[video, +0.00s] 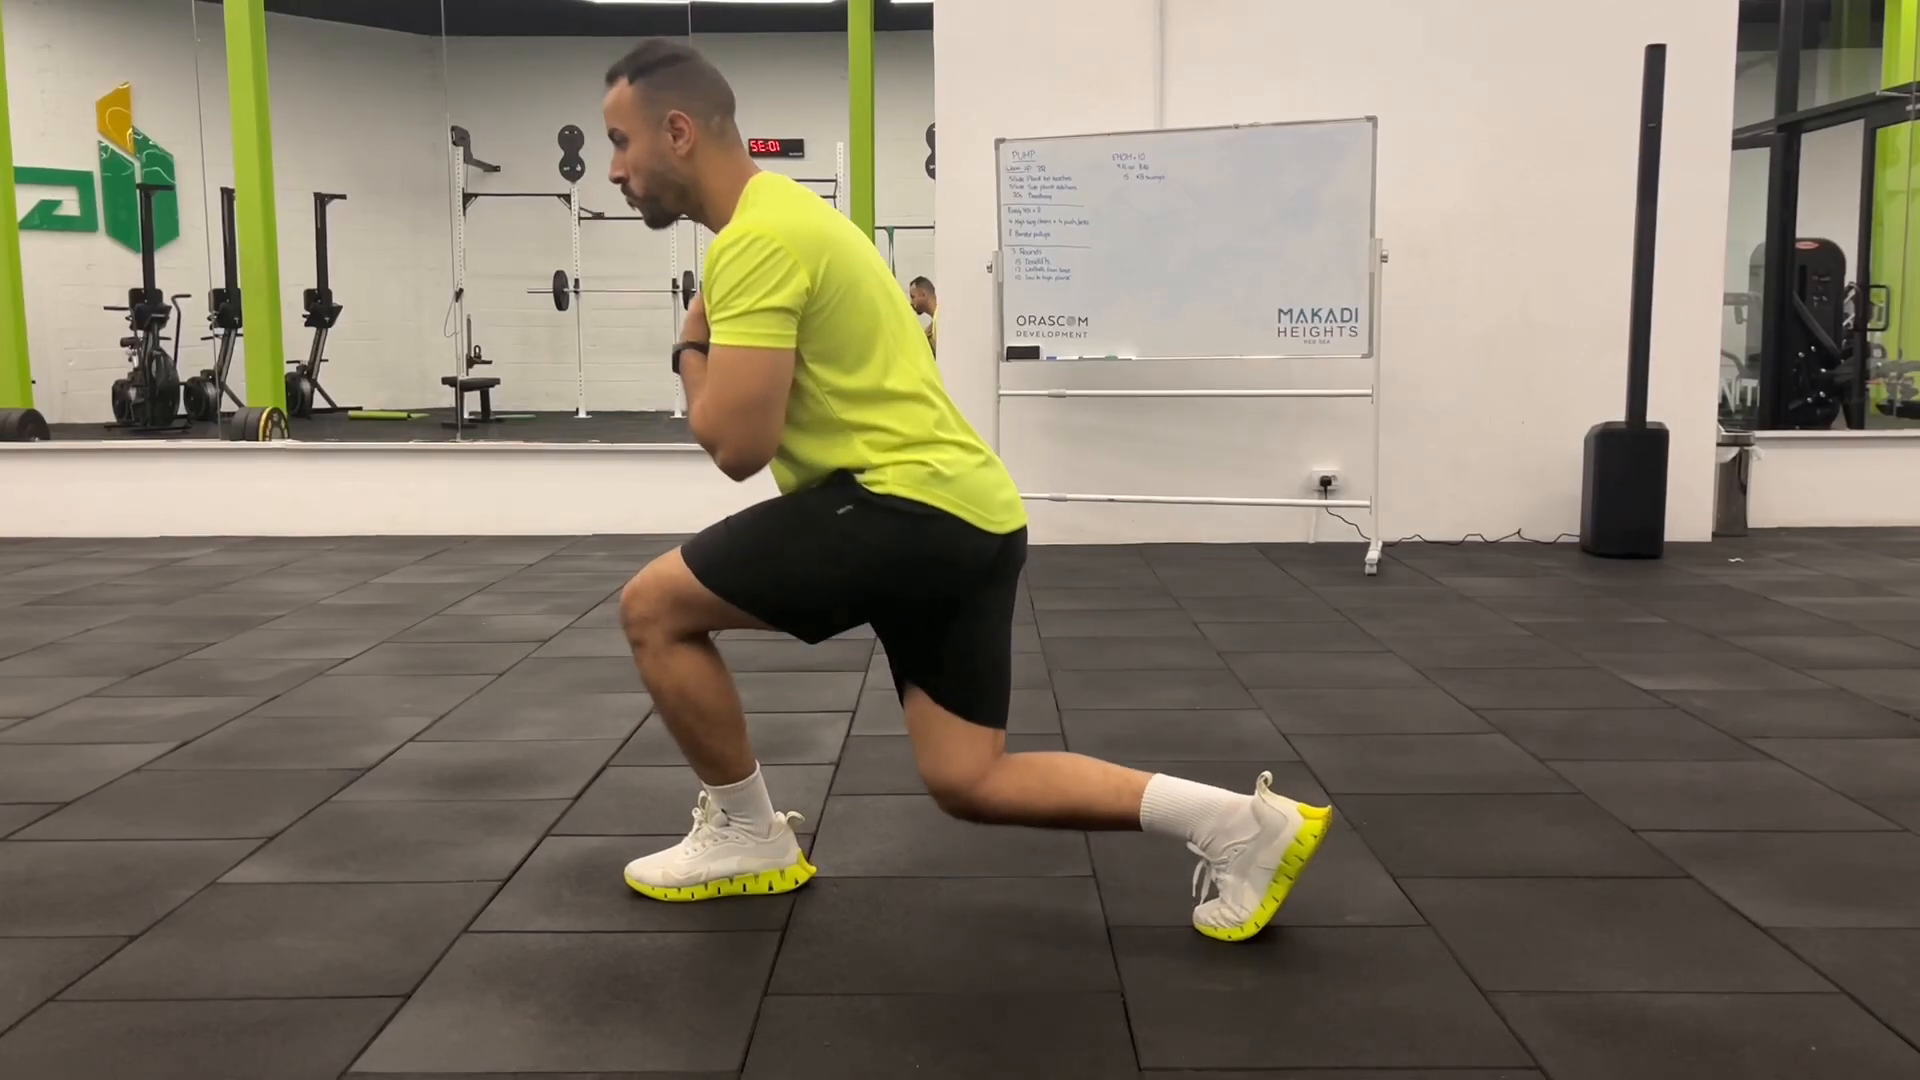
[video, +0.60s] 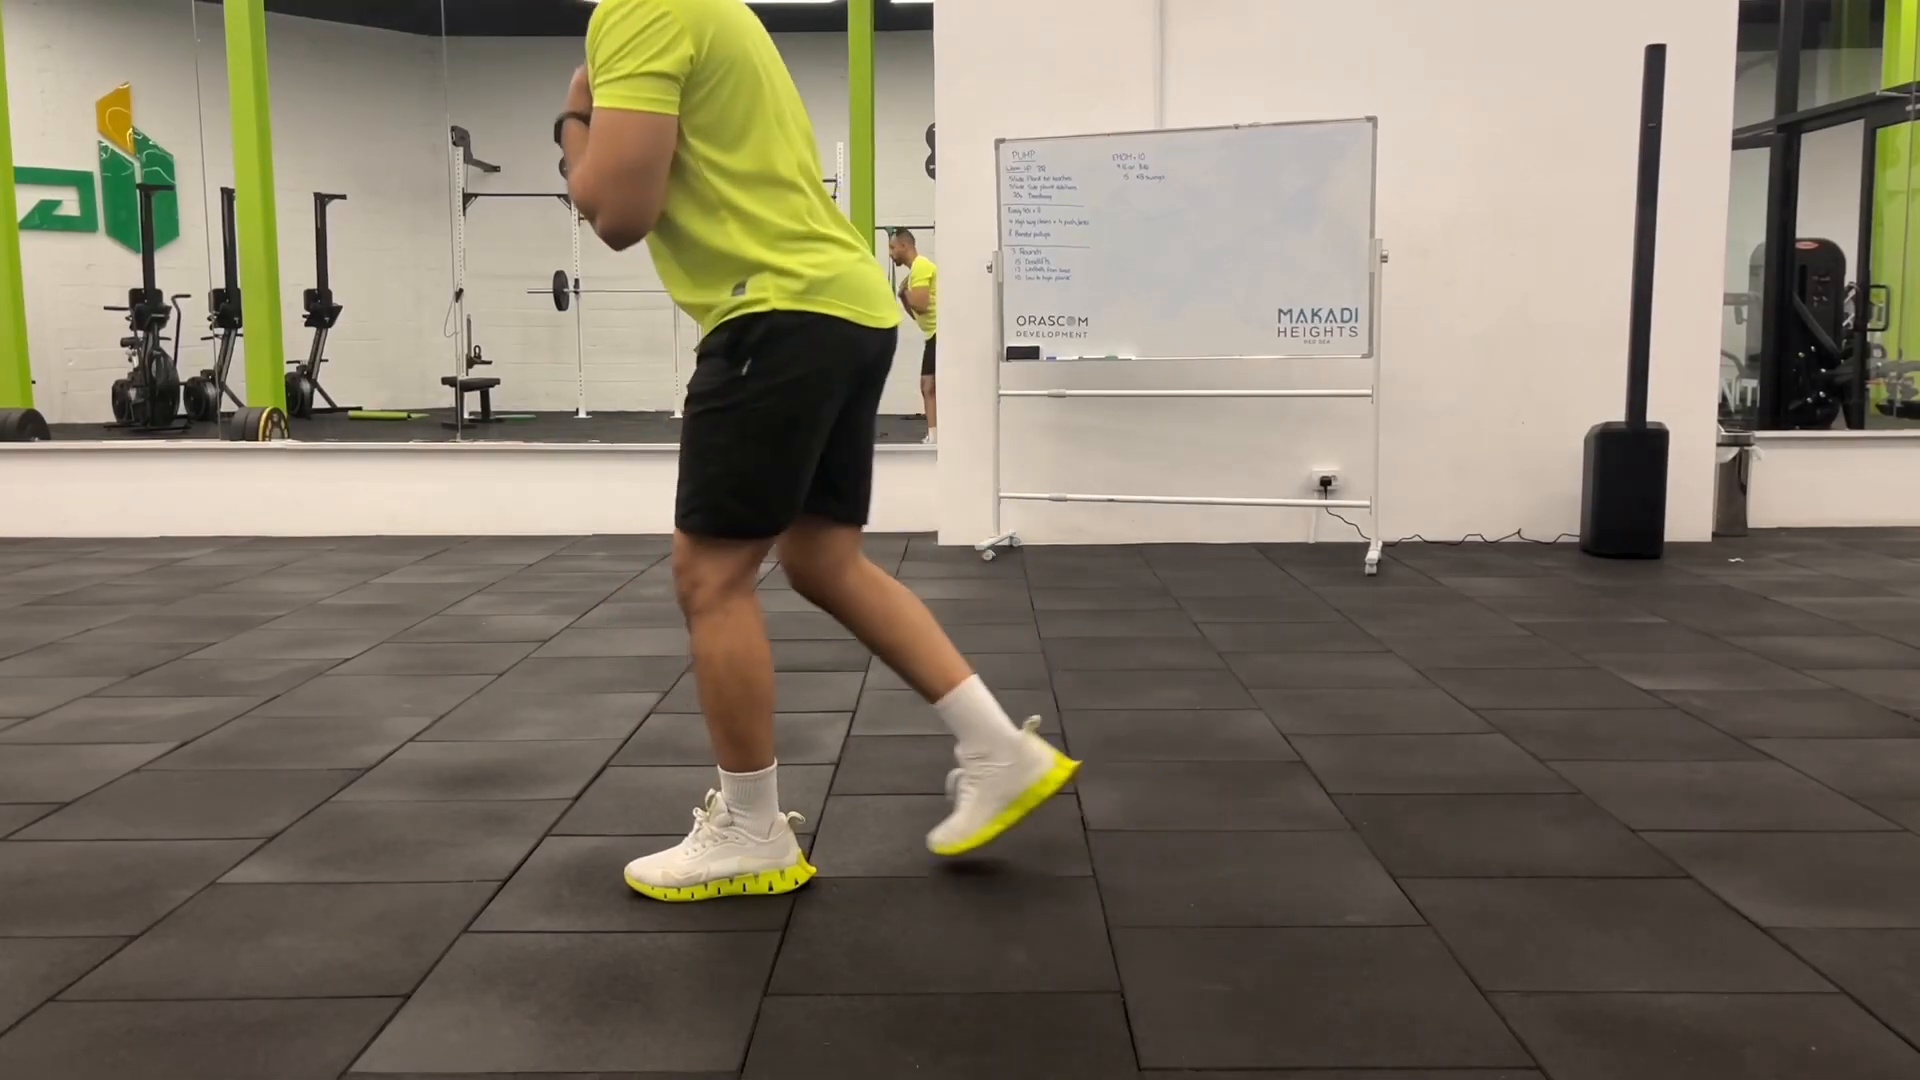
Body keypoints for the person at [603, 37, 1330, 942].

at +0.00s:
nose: (612, 167)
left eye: (619, 141)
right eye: (609, 144)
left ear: (681, 134)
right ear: (687, 133)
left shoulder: (761, 237)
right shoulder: (794, 219)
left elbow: (737, 446)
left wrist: (691, 358)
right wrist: (715, 366)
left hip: (899, 505)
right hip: (972, 511)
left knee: (654, 608)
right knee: (966, 777)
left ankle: (745, 833)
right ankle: (1239, 823)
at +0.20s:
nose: (555, 100)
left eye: (557, 71)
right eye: (548, 76)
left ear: (617, 54)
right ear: (630, 57)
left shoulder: (702, 148)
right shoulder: (738, 135)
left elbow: (697, 358)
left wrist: (643, 279)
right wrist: (672, 282)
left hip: (869, 418)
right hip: (943, 417)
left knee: (668, 597)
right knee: (974, 674)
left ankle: (748, 834)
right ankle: (1227, 818)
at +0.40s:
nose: (507, 19)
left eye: (509, 2)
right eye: (501, 7)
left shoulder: (651, 58)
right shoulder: (679, 51)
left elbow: (648, 270)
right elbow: (663, 258)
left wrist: (593, 192)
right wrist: (613, 191)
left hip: (818, 345)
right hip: (891, 337)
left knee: (692, 585)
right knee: (928, 594)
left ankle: (750, 829)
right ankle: (1142, 756)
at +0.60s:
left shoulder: (644, 9)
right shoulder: (714, 15)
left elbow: (617, 213)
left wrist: (571, 126)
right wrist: (599, 132)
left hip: (772, 313)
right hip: (854, 307)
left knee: (712, 578)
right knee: (822, 556)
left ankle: (750, 831)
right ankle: (1002, 749)